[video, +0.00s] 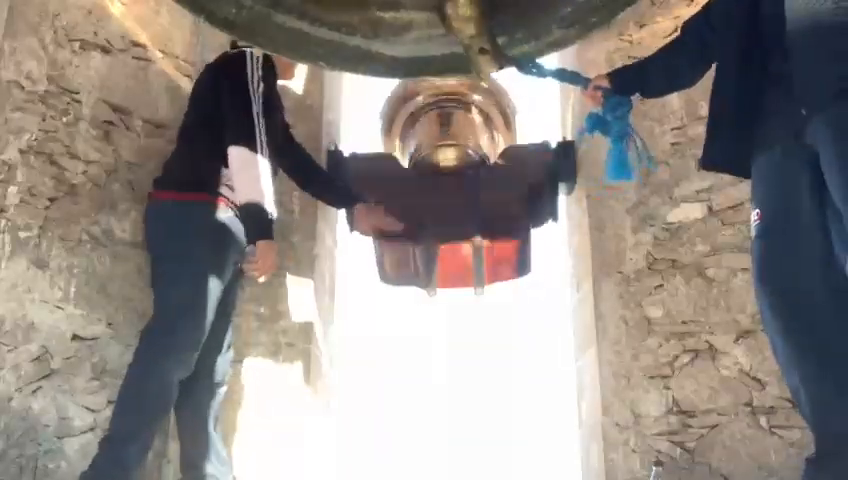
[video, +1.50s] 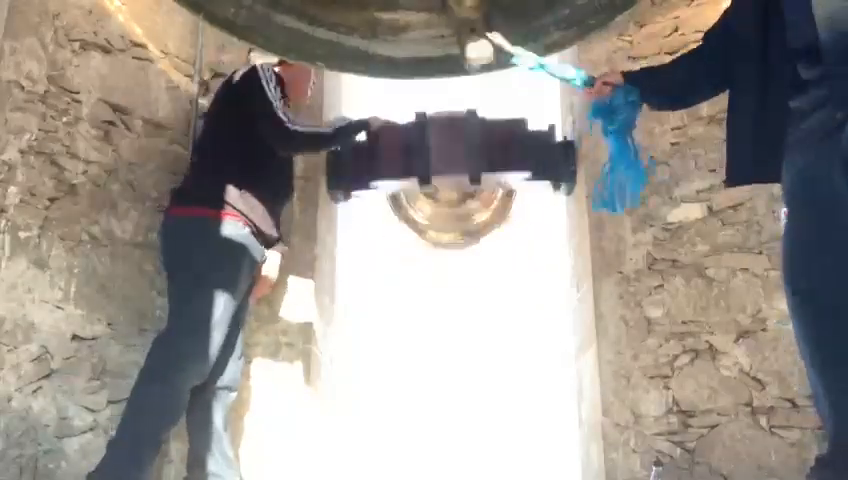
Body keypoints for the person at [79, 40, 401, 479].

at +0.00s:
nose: (306, 59)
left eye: (308, 50)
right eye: (302, 47)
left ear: (280, 46)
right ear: (277, 39)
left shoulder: (264, 84)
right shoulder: (244, 63)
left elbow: (290, 155)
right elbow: (242, 147)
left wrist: (352, 206)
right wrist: (262, 231)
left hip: (230, 222)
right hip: (196, 212)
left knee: (210, 369)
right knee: (175, 346)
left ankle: (209, 472)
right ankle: (111, 470)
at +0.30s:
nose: (282, 52)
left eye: (286, 44)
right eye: (277, 40)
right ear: (244, 29)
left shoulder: (248, 86)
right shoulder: (220, 57)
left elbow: (263, 173)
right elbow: (227, 140)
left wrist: (313, 156)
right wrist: (279, 205)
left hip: (227, 234)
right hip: (190, 220)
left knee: (215, 377)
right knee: (164, 358)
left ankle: (212, 472)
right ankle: (119, 470)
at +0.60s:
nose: (274, 44)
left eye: (275, 36)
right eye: (267, 33)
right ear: (241, 25)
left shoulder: (241, 84)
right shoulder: (217, 58)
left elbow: (292, 137)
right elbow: (230, 133)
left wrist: (342, 93)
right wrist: (298, 193)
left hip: (223, 235)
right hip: (189, 224)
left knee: (216, 378)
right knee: (162, 359)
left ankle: (213, 472)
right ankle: (117, 470)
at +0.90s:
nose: (305, 59)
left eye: (307, 50)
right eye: (301, 47)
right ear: (275, 40)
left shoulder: (262, 93)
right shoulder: (242, 73)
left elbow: (281, 157)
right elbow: (266, 152)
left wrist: (354, 178)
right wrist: (346, 189)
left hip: (229, 240)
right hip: (202, 230)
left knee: (216, 379)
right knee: (170, 362)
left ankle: (215, 472)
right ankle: (118, 470)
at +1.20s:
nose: (290, 63)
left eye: (289, 59)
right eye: (283, 57)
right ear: (260, 49)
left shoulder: (267, 111)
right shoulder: (244, 70)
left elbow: (300, 181)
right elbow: (327, 85)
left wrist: (352, 239)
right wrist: (359, 42)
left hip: (235, 246)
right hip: (202, 227)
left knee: (213, 380)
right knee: (170, 362)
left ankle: (211, 472)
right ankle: (115, 472)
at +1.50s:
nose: (312, 88)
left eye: (315, 81)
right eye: (309, 77)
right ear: (289, 65)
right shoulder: (258, 76)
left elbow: (261, 189)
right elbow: (282, 136)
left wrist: (268, 250)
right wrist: (357, 128)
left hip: (241, 241)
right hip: (215, 227)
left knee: (221, 377)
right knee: (188, 358)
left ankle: (215, 471)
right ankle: (118, 470)